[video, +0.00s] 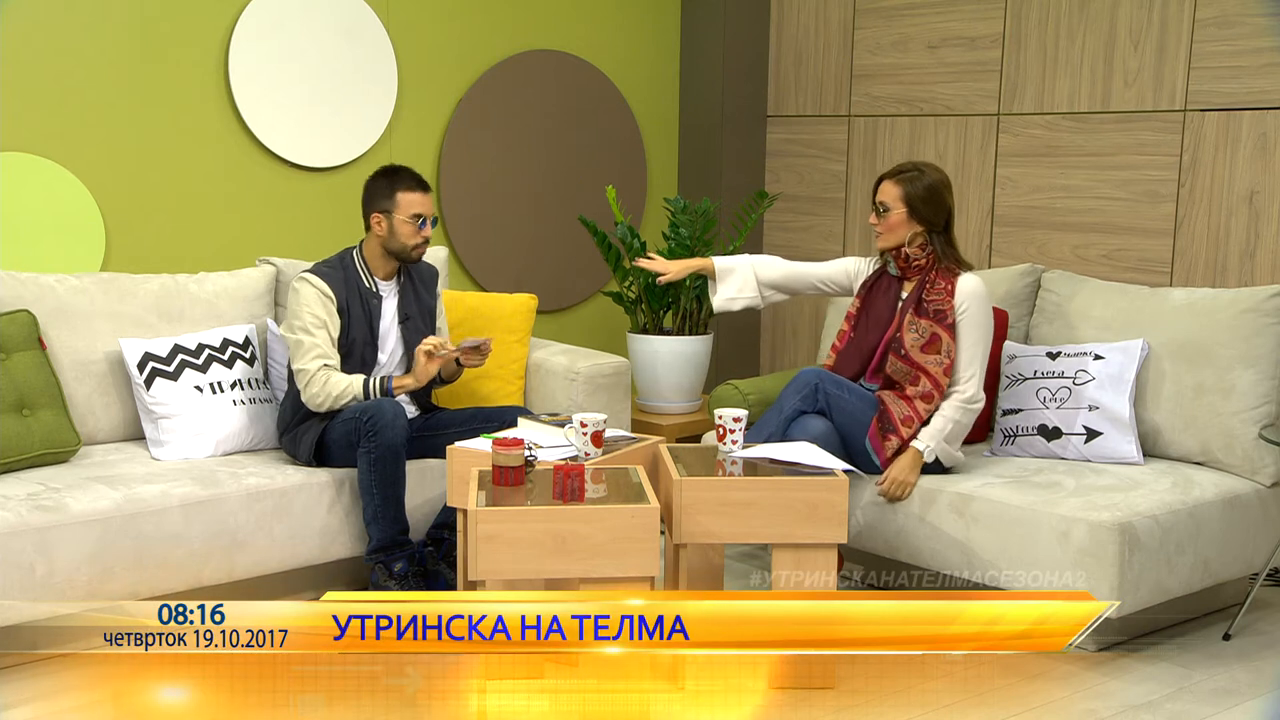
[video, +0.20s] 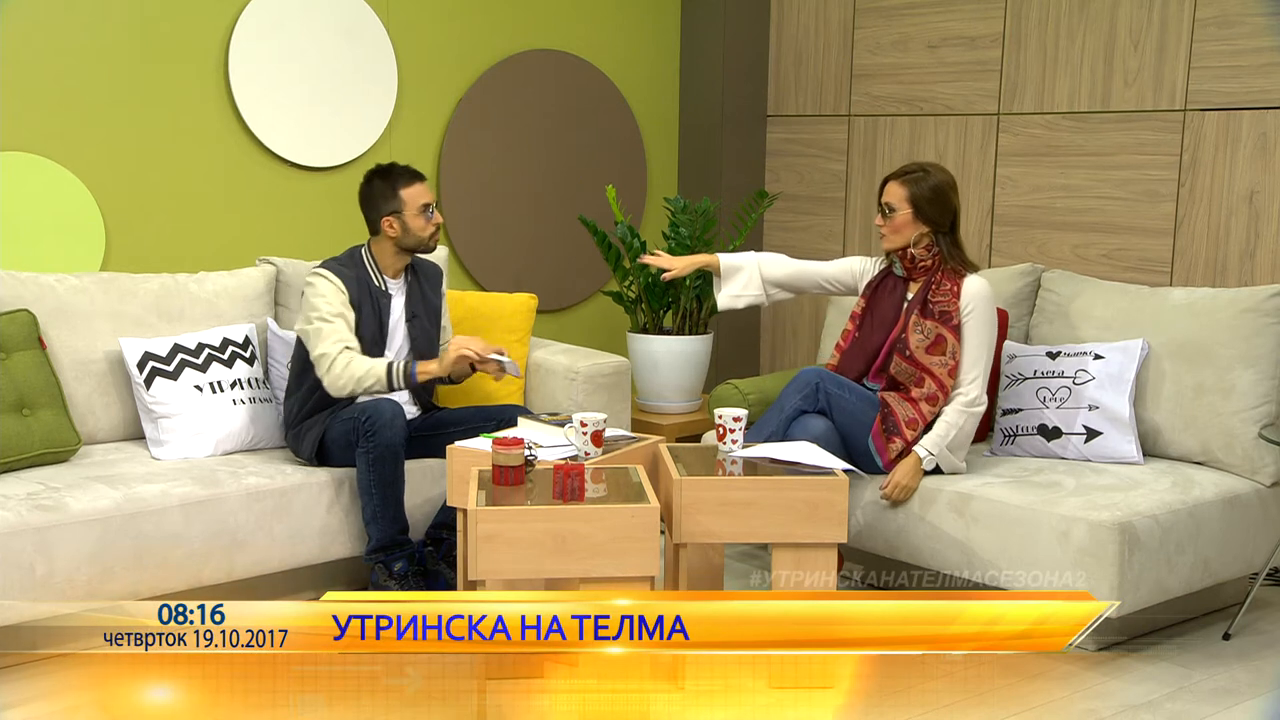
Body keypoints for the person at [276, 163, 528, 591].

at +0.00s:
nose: (429, 233)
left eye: (431, 223)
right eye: (418, 222)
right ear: (378, 223)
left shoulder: (424, 278)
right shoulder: (318, 287)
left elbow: (430, 376)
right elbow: (318, 388)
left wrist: (454, 364)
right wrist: (406, 380)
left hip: (406, 421)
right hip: (323, 428)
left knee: (515, 422)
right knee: (387, 413)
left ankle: (440, 549)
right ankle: (392, 563)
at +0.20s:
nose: (438, 220)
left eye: (435, 209)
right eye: (426, 212)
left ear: (397, 226)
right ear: (390, 226)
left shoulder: (429, 275)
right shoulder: (328, 283)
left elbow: (435, 369)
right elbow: (340, 374)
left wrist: (464, 366)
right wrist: (433, 368)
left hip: (409, 422)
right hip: (326, 427)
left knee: (512, 420)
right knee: (384, 413)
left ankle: (441, 547)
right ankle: (391, 561)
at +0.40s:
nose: (449, 220)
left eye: (444, 208)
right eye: (436, 212)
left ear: (405, 228)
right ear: (400, 227)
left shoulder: (434, 275)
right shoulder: (344, 282)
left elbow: (445, 357)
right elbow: (372, 365)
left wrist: (473, 384)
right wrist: (462, 382)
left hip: (405, 421)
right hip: (327, 425)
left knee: (502, 418)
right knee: (388, 412)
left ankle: (440, 548)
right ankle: (392, 561)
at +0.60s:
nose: (457, 221)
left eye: (454, 209)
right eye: (445, 214)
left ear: (416, 229)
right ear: (409, 229)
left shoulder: (441, 277)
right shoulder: (355, 284)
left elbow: (448, 360)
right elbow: (385, 363)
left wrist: (479, 398)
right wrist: (460, 403)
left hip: (407, 419)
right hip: (330, 423)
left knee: (499, 430)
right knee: (393, 413)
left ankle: (440, 550)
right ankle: (392, 561)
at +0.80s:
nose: (458, 221)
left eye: (454, 210)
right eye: (445, 214)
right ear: (409, 229)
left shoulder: (443, 276)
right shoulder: (355, 284)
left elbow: (452, 359)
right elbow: (384, 366)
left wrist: (477, 396)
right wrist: (461, 406)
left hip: (408, 418)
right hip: (331, 423)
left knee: (498, 429)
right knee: (391, 415)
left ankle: (440, 549)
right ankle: (392, 561)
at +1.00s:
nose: (452, 219)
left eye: (449, 208)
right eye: (439, 213)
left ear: (408, 228)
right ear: (404, 228)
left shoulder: (440, 275)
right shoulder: (351, 282)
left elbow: (450, 360)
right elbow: (379, 364)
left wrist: (476, 396)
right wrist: (460, 403)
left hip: (408, 419)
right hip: (331, 424)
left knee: (498, 428)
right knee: (391, 414)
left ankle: (440, 548)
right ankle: (392, 560)